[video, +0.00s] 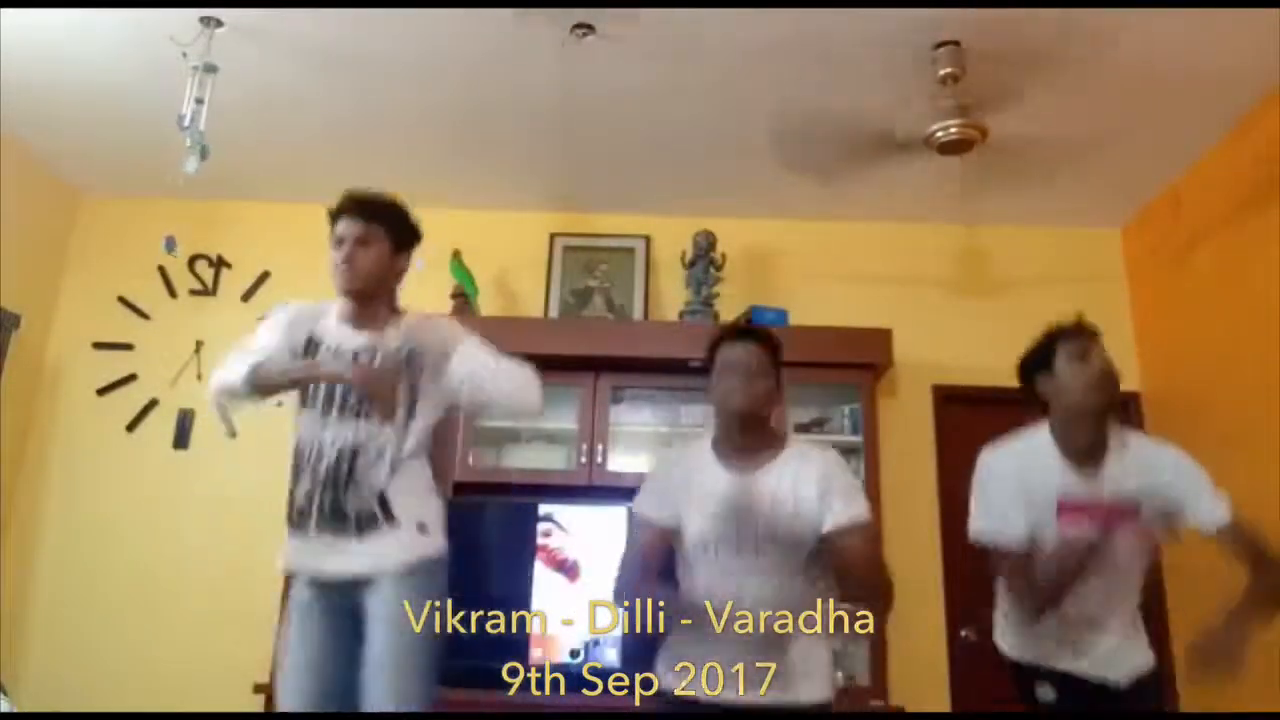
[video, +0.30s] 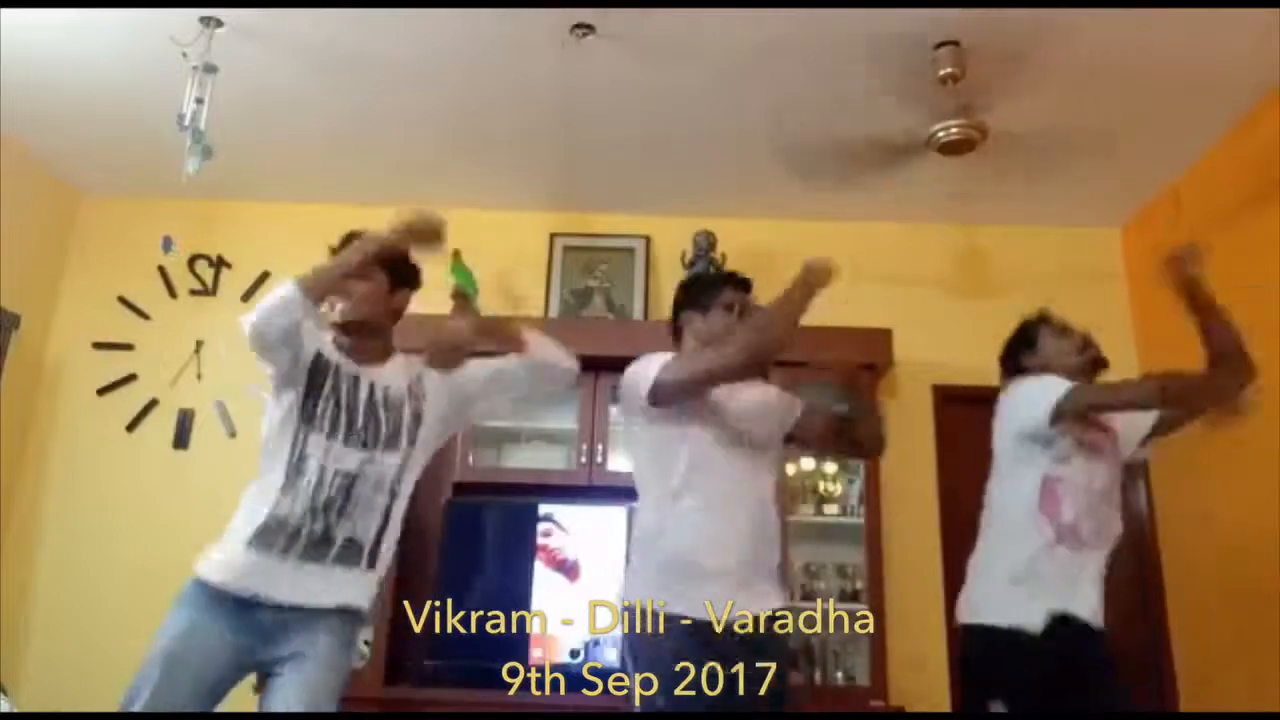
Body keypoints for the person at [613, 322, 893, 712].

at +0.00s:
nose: (737, 385)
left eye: (752, 373)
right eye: (726, 372)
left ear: (777, 388)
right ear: (710, 385)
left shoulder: (821, 470)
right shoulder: (675, 471)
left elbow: (872, 594)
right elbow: (637, 586)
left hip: (795, 694)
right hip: (691, 693)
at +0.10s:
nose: (757, 348)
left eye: (767, 338)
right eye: (742, 338)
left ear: (780, 355)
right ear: (712, 358)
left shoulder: (812, 441)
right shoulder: (672, 434)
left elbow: (882, 548)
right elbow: (639, 550)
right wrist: (741, 531)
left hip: (788, 678)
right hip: (683, 677)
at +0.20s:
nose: (765, 317)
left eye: (772, 309)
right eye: (747, 306)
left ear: (779, 328)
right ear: (706, 322)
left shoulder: (793, 406)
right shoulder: (666, 386)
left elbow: (878, 479)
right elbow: (677, 459)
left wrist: (871, 376)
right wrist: (762, 413)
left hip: (776, 644)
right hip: (676, 642)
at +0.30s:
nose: (739, 323)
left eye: (746, 314)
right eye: (725, 309)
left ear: (755, 321)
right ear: (684, 326)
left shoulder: (763, 401)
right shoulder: (644, 379)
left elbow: (864, 443)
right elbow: (742, 354)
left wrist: (860, 397)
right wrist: (804, 287)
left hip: (757, 620)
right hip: (670, 616)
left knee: (762, 706)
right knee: (676, 705)